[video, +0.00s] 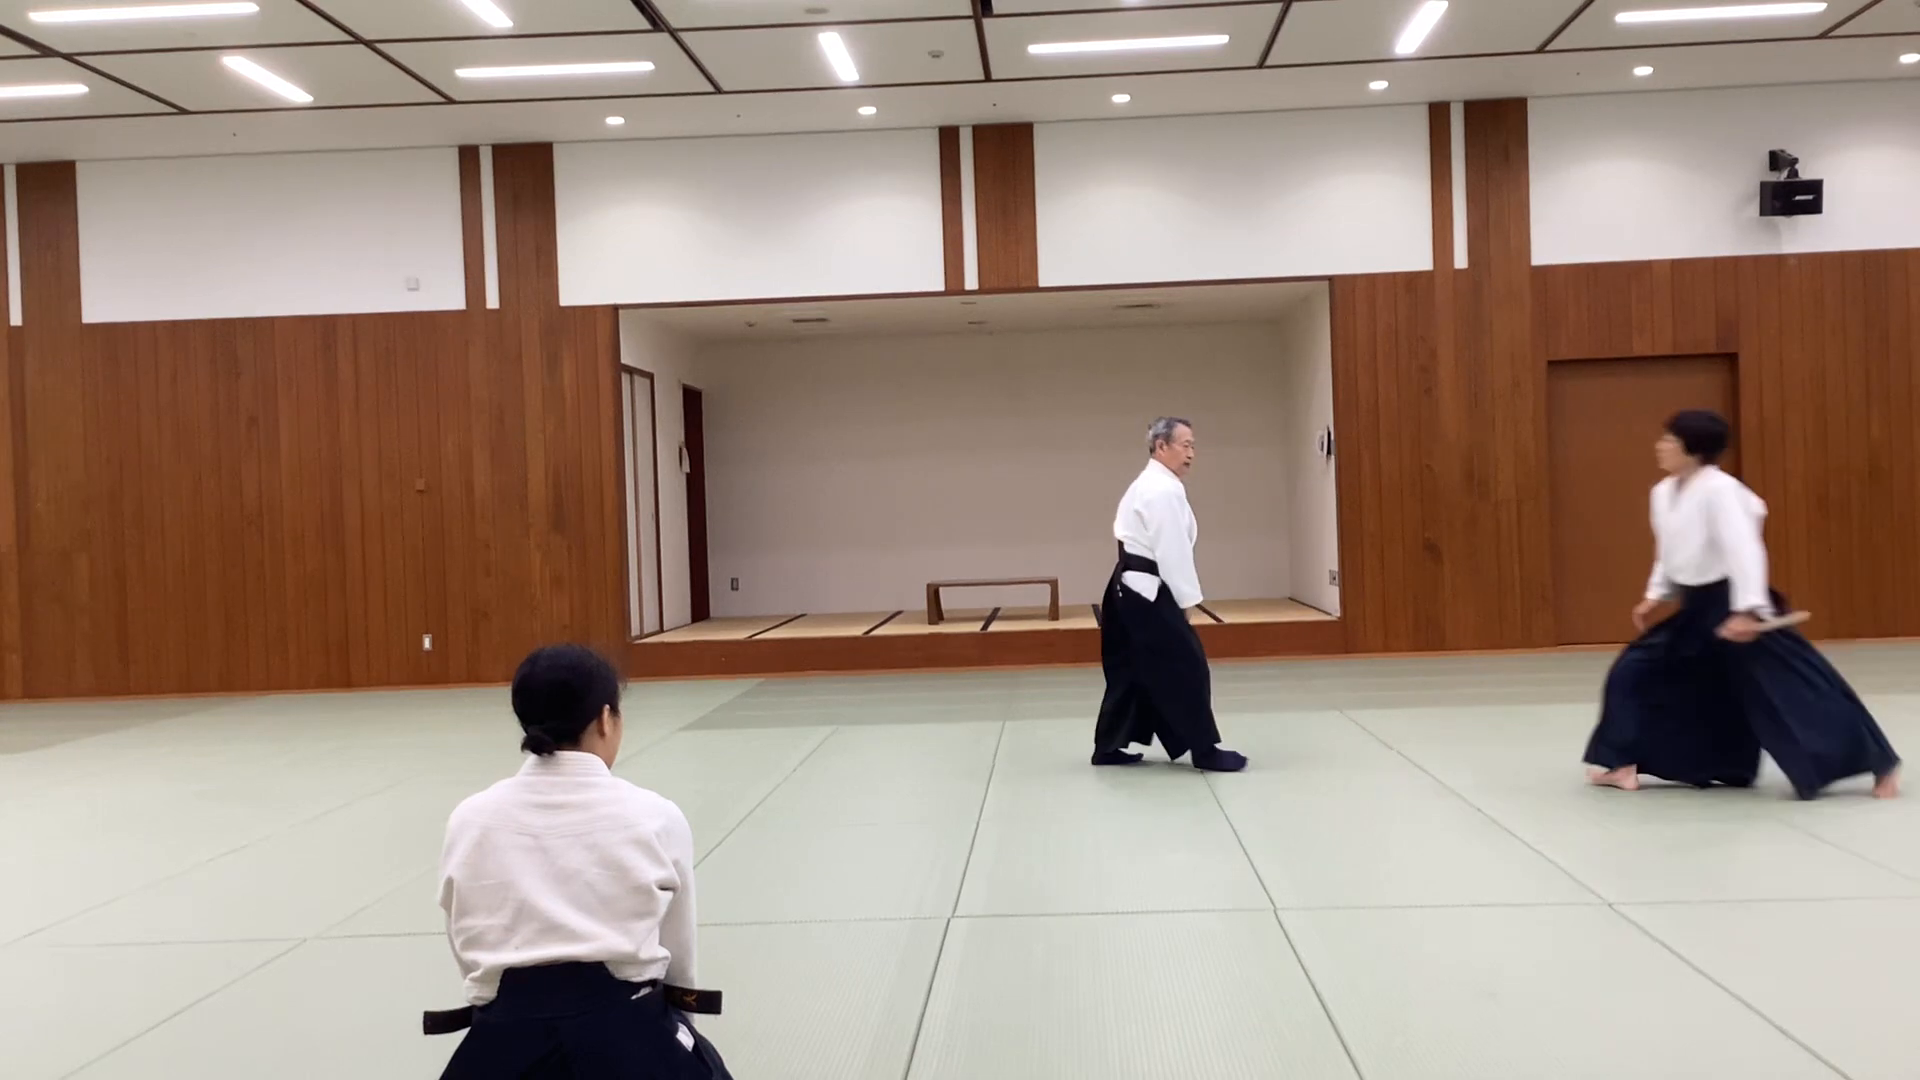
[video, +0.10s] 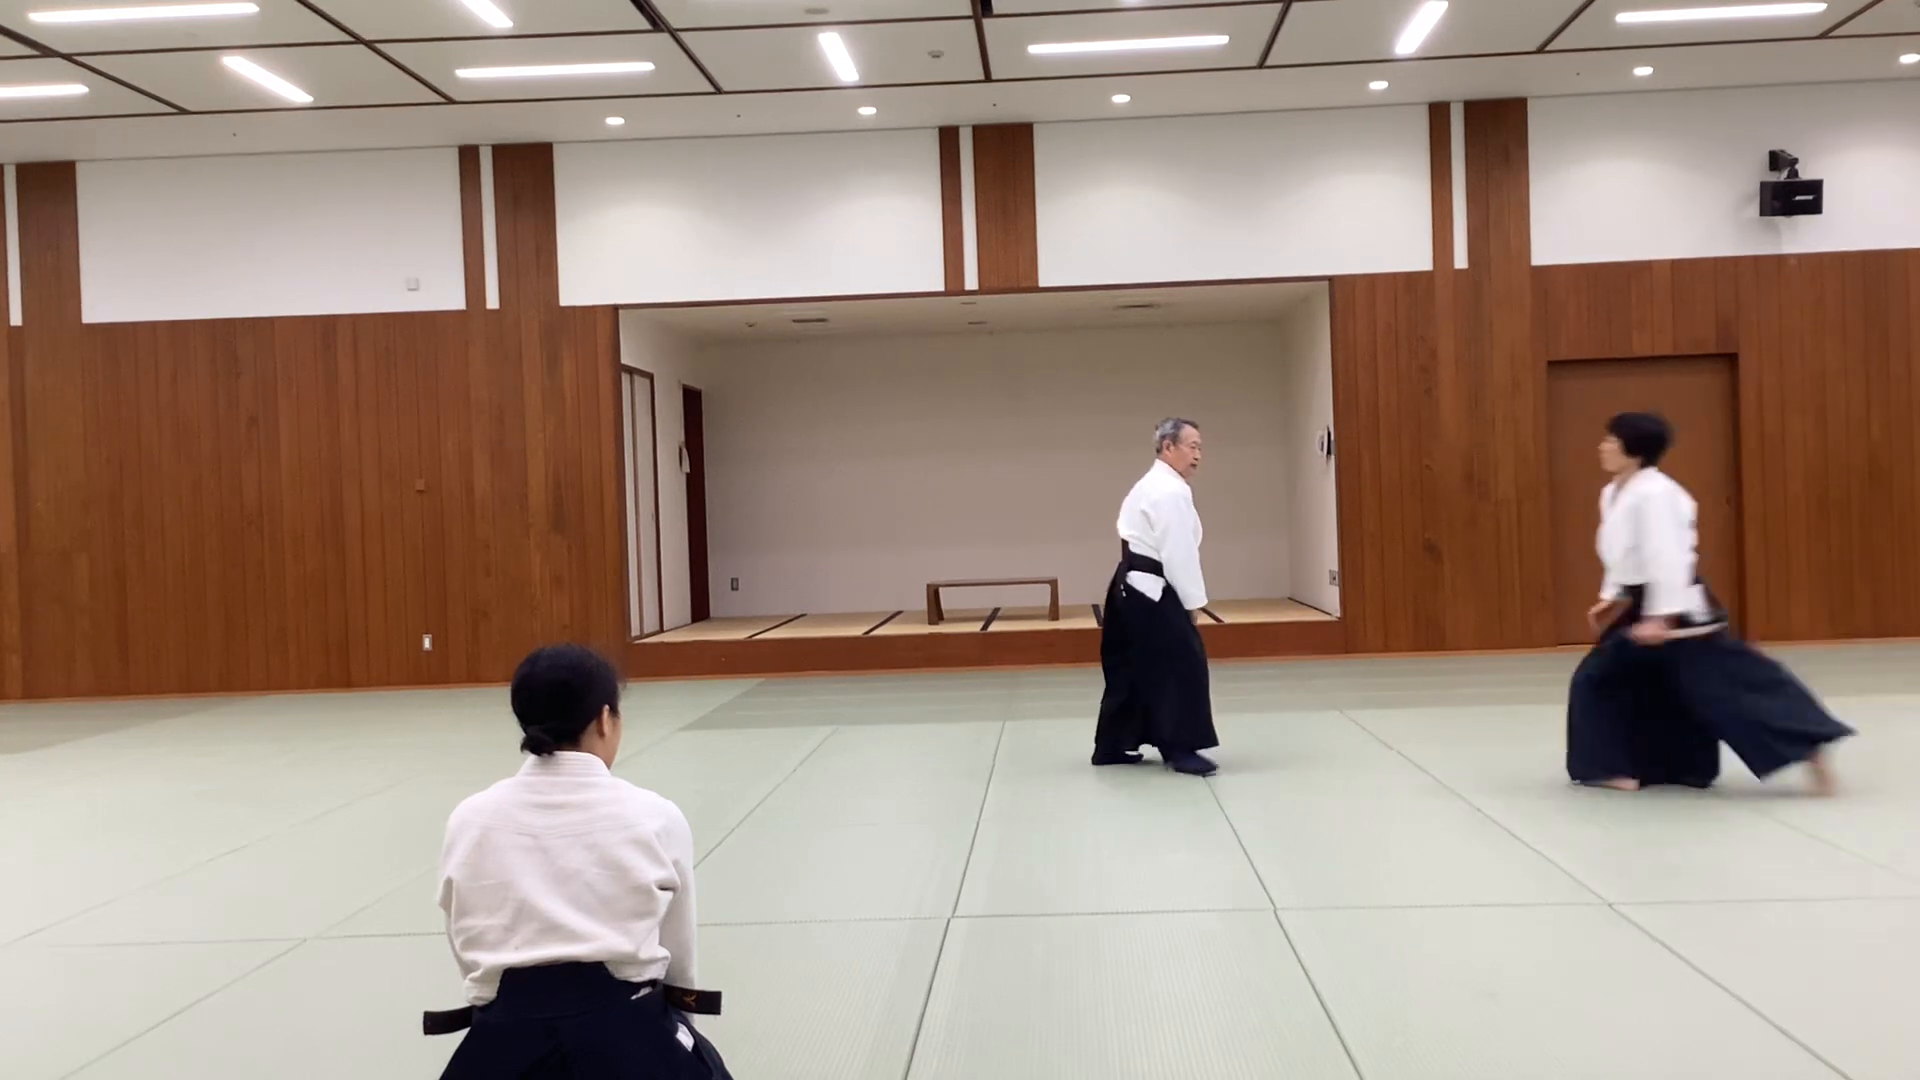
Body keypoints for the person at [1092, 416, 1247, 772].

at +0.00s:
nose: (1191, 454)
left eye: (1192, 447)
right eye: (1185, 446)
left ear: (1163, 449)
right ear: (1161, 446)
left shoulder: (1146, 482)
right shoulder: (1164, 488)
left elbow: (1139, 542)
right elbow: (1172, 550)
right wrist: (1189, 597)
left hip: (1126, 587)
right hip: (1147, 590)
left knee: (1128, 668)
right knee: (1189, 664)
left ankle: (1107, 747)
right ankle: (1205, 750)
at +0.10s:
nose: (1198, 455)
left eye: (1200, 448)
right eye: (1192, 447)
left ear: (1168, 450)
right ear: (1168, 447)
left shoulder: (1152, 482)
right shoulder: (1170, 490)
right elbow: (1177, 553)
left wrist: (1184, 597)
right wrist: (1195, 602)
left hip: (1128, 585)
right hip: (1149, 589)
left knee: (1127, 667)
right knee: (1185, 662)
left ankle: (1110, 746)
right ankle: (1180, 750)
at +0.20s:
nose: (1210, 455)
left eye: (1212, 448)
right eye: (1205, 447)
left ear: (1180, 450)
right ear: (1179, 447)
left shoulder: (1160, 483)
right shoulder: (1183, 491)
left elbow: (1156, 545)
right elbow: (1191, 555)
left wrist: (1191, 596)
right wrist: (1205, 601)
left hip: (1136, 584)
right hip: (1160, 591)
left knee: (1130, 666)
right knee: (1181, 670)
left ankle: (1111, 746)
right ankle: (1171, 754)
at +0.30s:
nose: (1223, 454)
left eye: (1225, 447)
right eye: (1218, 445)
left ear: (1195, 448)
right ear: (1192, 445)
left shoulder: (1179, 478)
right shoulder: (1194, 486)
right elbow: (1208, 547)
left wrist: (1204, 574)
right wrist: (1225, 584)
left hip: (1152, 577)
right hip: (1170, 586)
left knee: (1148, 660)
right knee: (1183, 669)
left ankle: (1121, 730)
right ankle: (1171, 755)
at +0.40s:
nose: (1234, 451)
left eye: (1237, 444)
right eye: (1228, 442)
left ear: (1211, 445)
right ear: (1204, 443)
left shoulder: (1208, 482)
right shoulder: (1196, 478)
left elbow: (1220, 539)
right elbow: (1229, 515)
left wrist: (1259, 563)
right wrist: (1268, 531)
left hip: (1196, 583)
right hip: (1176, 583)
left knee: (1208, 664)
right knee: (1183, 664)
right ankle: (1173, 755)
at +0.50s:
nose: (1248, 449)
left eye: (1251, 444)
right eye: (1241, 441)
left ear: (1250, 449)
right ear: (1217, 441)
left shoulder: (1233, 480)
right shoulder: (1210, 470)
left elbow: (1248, 528)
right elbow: (1258, 477)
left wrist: (1278, 551)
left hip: (1215, 583)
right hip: (1186, 580)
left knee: (1244, 663)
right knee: (1185, 666)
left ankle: (1225, 738)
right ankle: (1171, 755)